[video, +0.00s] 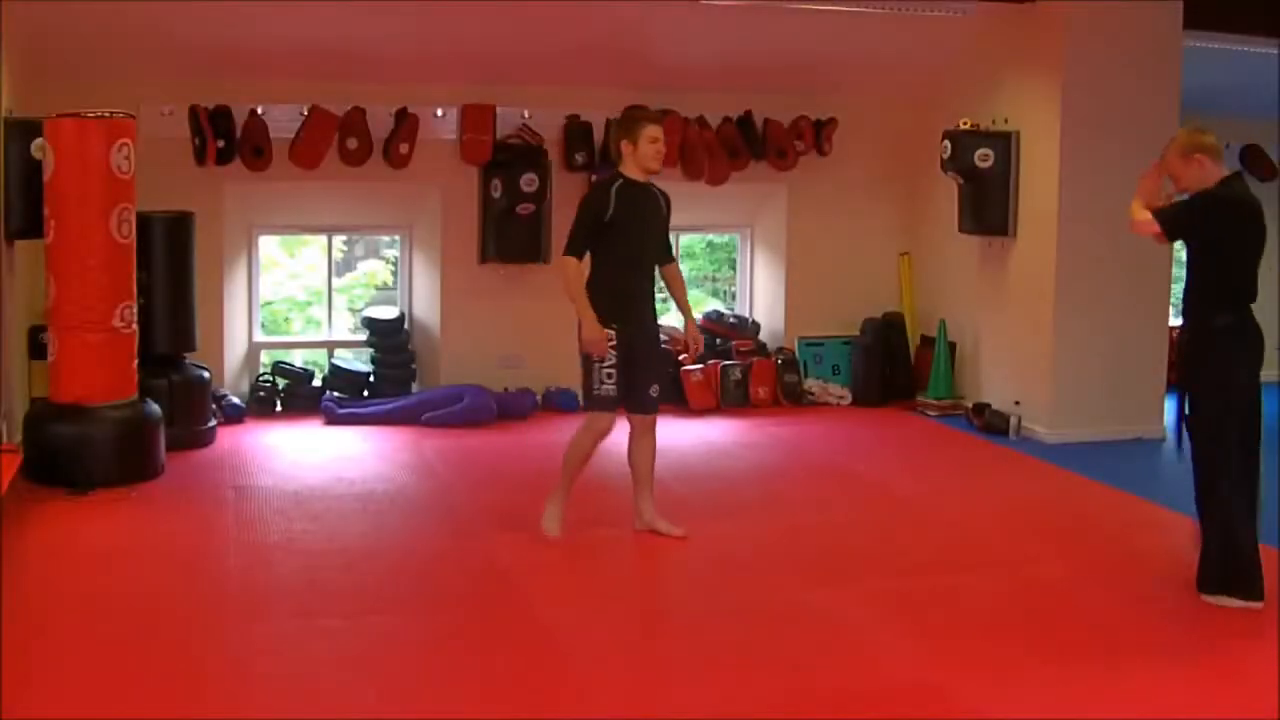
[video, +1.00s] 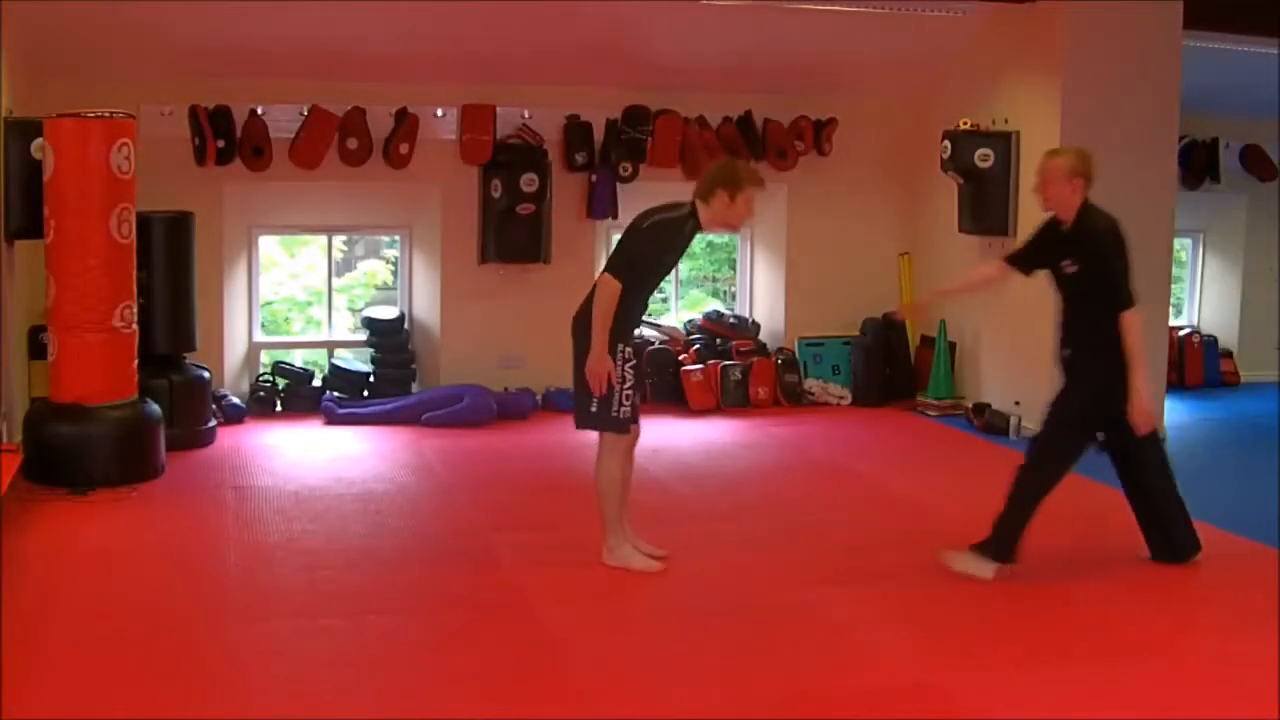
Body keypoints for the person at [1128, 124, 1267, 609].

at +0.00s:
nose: (1176, 183)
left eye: (1178, 174)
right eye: (1174, 176)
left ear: (1199, 163)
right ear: (1211, 161)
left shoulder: (1215, 204)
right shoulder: (1244, 203)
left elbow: (1142, 224)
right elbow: (1173, 228)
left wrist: (1146, 196)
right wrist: (1159, 199)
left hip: (1215, 340)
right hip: (1238, 335)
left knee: (1218, 458)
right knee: (1232, 458)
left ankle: (1236, 582)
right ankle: (1231, 575)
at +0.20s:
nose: (1146, 207)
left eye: (1145, 199)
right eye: (1142, 201)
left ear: (1164, 182)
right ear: (1172, 177)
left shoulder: (1199, 211)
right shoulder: (1213, 205)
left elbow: (1132, 247)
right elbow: (1156, 245)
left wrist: (1122, 217)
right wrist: (1142, 222)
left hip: (1209, 343)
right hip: (1204, 339)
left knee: (1202, 457)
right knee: (1183, 444)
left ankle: (1238, 577)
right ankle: (1178, 535)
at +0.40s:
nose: (1116, 213)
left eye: (1113, 203)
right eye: (1111, 206)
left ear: (1131, 183)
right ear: (1136, 178)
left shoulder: (1171, 204)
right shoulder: (1184, 199)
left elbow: (1128, 260)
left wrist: (1092, 253)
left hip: (1202, 338)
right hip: (1198, 334)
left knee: (1190, 448)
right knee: (1181, 444)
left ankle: (1223, 554)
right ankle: (1174, 540)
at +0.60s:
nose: (1097, 180)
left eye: (1103, 170)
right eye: (1097, 171)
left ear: (1131, 170)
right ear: (1129, 171)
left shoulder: (1159, 210)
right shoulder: (1149, 209)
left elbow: (1164, 290)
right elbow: (1159, 289)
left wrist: (1141, 353)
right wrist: (1144, 349)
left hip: (1181, 340)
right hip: (1169, 339)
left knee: (1167, 440)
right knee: (1159, 439)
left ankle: (1209, 541)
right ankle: (1178, 540)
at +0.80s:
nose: (1081, 169)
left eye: (1089, 162)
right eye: (1083, 161)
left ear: (1116, 168)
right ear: (1111, 168)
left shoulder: (1146, 210)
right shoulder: (1110, 214)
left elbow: (1171, 285)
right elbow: (1100, 290)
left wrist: (1170, 357)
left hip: (1146, 360)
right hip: (1131, 357)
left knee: (1101, 445)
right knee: (1163, 451)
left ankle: (1104, 550)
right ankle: (1185, 541)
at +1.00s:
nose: (1038, 189)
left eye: (1046, 181)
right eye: (1039, 181)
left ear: (1076, 185)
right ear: (1063, 186)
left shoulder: (1102, 232)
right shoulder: (1054, 231)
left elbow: (1127, 314)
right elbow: (996, 271)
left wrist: (1140, 390)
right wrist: (931, 298)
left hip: (1101, 376)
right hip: (1094, 372)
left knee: (1043, 461)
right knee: (1140, 461)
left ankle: (995, 550)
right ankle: (1178, 545)